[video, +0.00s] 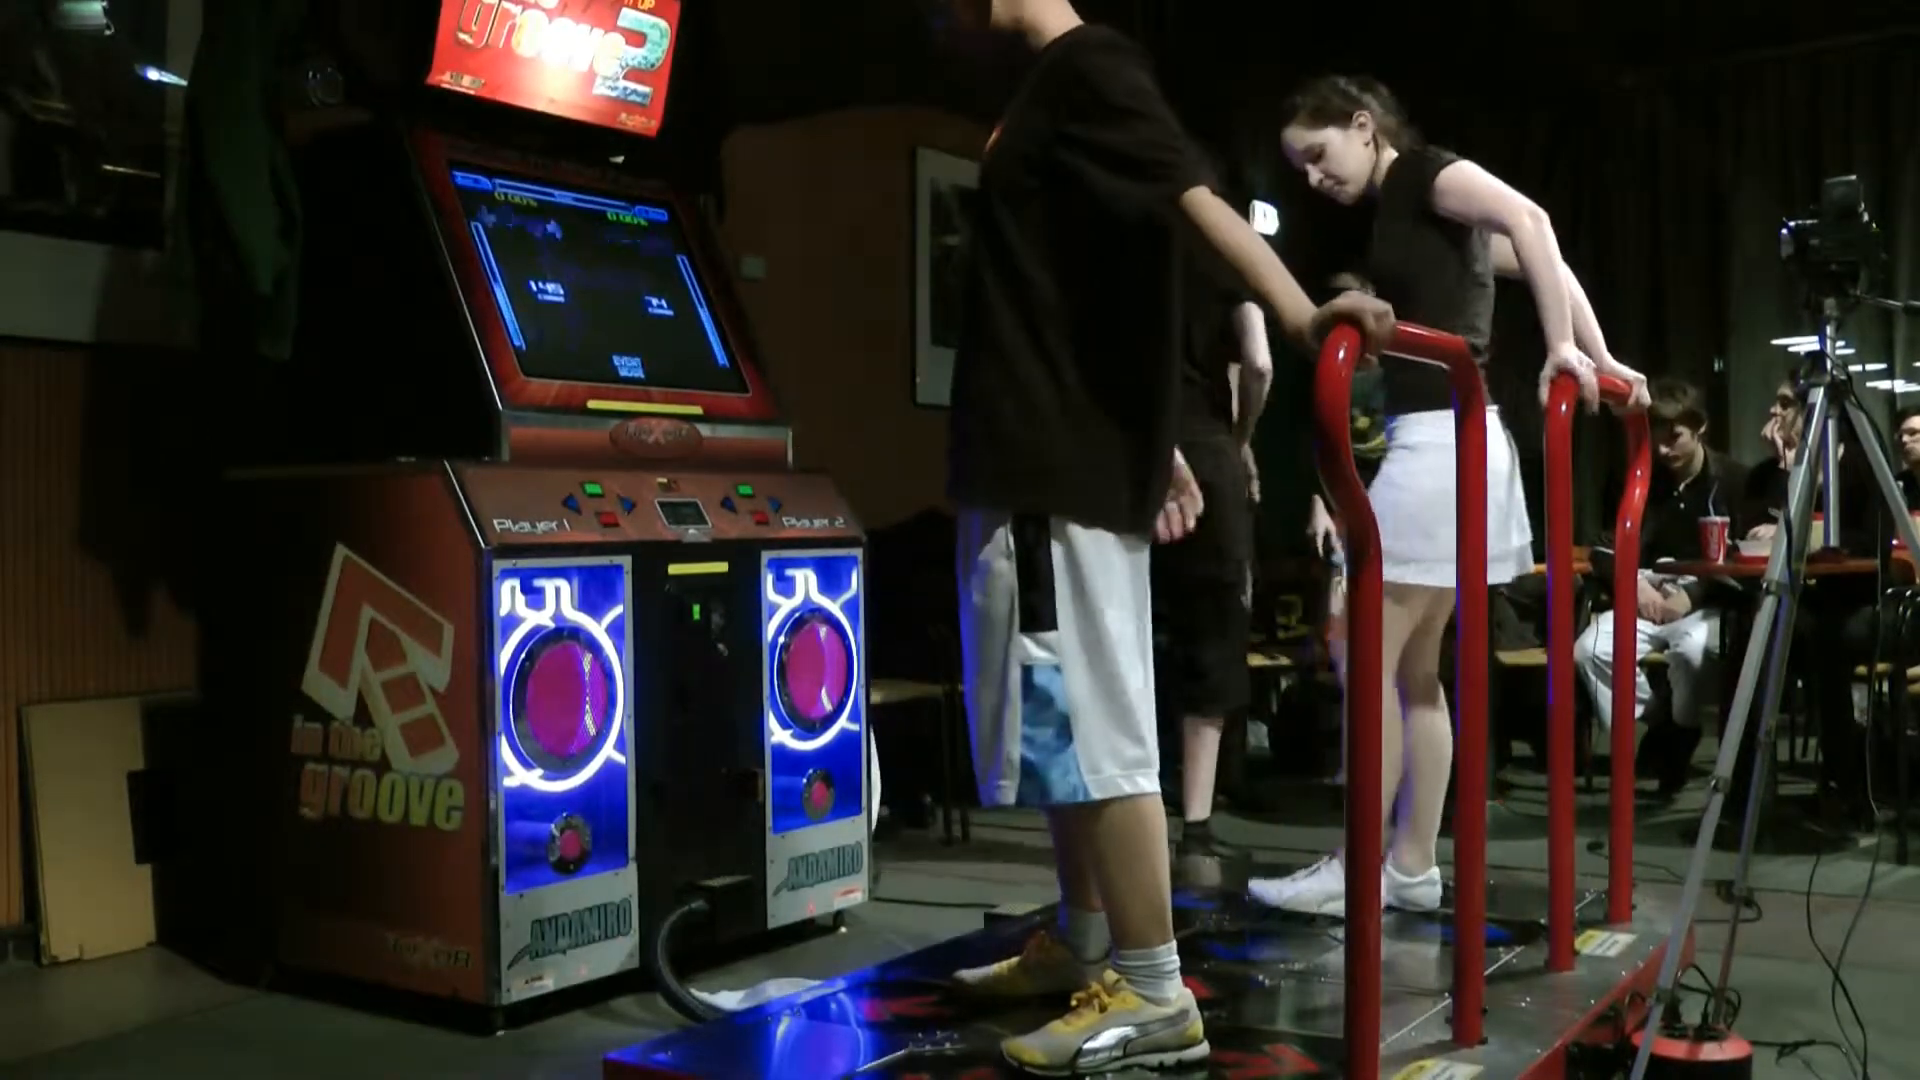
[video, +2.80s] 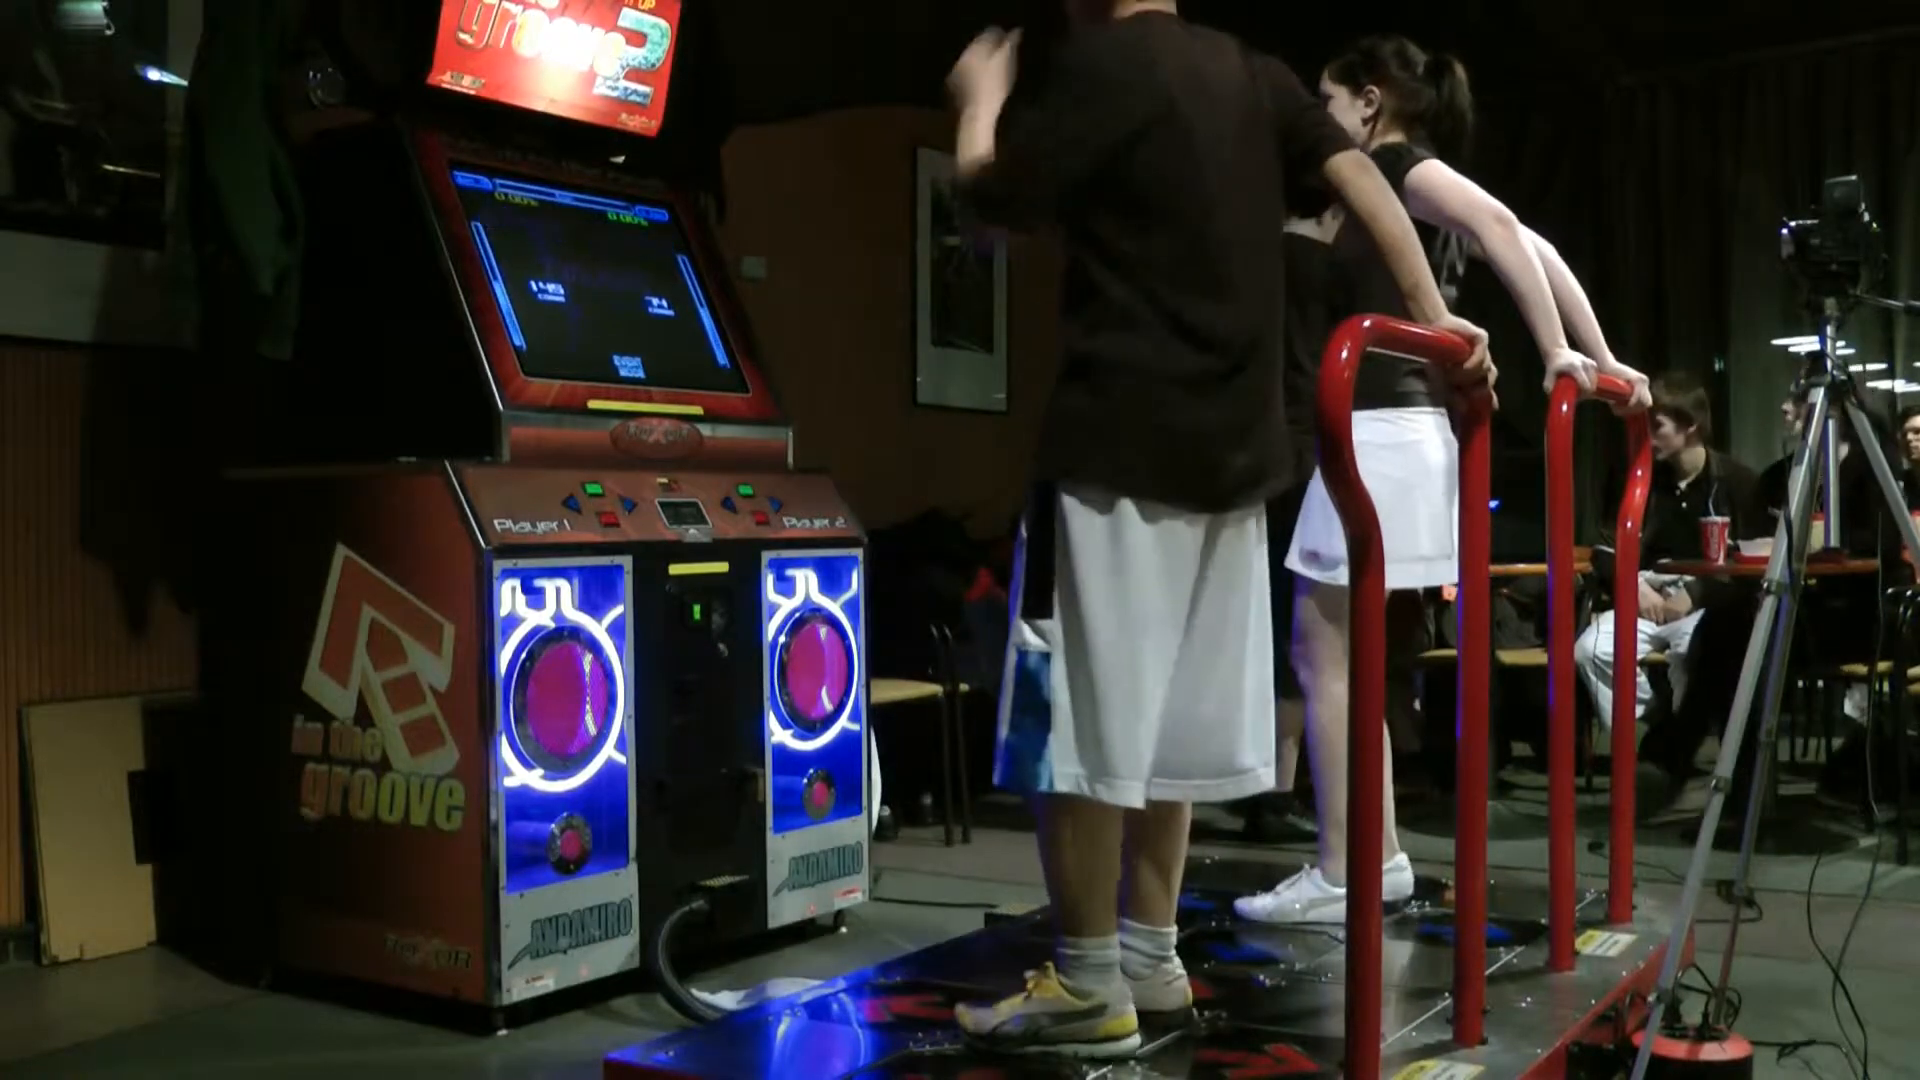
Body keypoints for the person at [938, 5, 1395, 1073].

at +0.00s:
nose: (968, 20)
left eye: (972, 8)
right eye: (968, 15)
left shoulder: (1090, 73)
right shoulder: (1047, 97)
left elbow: (1203, 205)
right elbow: (1103, 300)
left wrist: (1308, 317)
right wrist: (1157, 447)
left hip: (1079, 472)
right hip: (1040, 469)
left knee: (1105, 737)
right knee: (1053, 728)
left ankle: (1154, 992)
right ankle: (1086, 940)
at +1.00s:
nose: (978, 19)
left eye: (982, 8)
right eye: (980, 14)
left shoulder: (1106, 66)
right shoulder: (1054, 90)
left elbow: (1215, 193)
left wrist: (1313, 314)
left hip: (1094, 470)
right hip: (1039, 470)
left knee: (1106, 730)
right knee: (1056, 725)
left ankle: (1150, 988)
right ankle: (1085, 942)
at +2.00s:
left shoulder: (1047, 35)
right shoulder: (1198, 51)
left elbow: (1219, 145)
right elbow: (1336, 167)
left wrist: (1336, 282)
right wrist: (1433, 308)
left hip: (1109, 438)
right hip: (1215, 444)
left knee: (1076, 714)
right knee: (1178, 703)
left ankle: (1093, 998)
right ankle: (1173, 946)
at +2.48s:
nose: (1062, 24)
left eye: (1063, 17)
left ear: (1091, 5)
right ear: (1166, 3)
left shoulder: (1089, 47)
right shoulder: (1247, 65)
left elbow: (1227, 126)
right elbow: (1360, 191)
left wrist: (1296, 311)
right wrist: (1435, 318)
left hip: (1127, 427)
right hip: (1241, 441)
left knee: (1098, 708)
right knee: (1171, 706)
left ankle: (1093, 992)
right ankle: (1155, 960)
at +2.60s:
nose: (1058, 21)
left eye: (1062, 16)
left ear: (1088, 3)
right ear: (1168, 1)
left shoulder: (1103, 52)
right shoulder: (1247, 69)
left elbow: (1190, 177)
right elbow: (1358, 189)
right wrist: (1433, 316)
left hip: (1138, 446)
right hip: (1241, 441)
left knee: (1102, 713)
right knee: (1175, 709)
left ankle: (1095, 991)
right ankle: (1153, 955)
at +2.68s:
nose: (1068, 19)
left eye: (1072, 12)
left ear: (1103, 2)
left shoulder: (1106, 61)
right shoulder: (1258, 72)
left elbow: (1128, 220)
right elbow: (1361, 188)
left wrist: (987, 247)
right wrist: (1433, 314)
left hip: (1128, 434)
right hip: (1239, 437)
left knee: (1105, 708)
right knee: (1175, 700)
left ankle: (1093, 988)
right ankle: (1153, 954)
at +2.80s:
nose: (1057, 14)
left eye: (1063, 9)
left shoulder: (1093, 67)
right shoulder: (1258, 73)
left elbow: (989, 190)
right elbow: (1370, 192)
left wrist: (980, 101)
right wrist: (1434, 317)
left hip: (1120, 430)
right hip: (1235, 434)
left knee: (1096, 705)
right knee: (1178, 704)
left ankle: (1089, 984)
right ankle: (1152, 960)